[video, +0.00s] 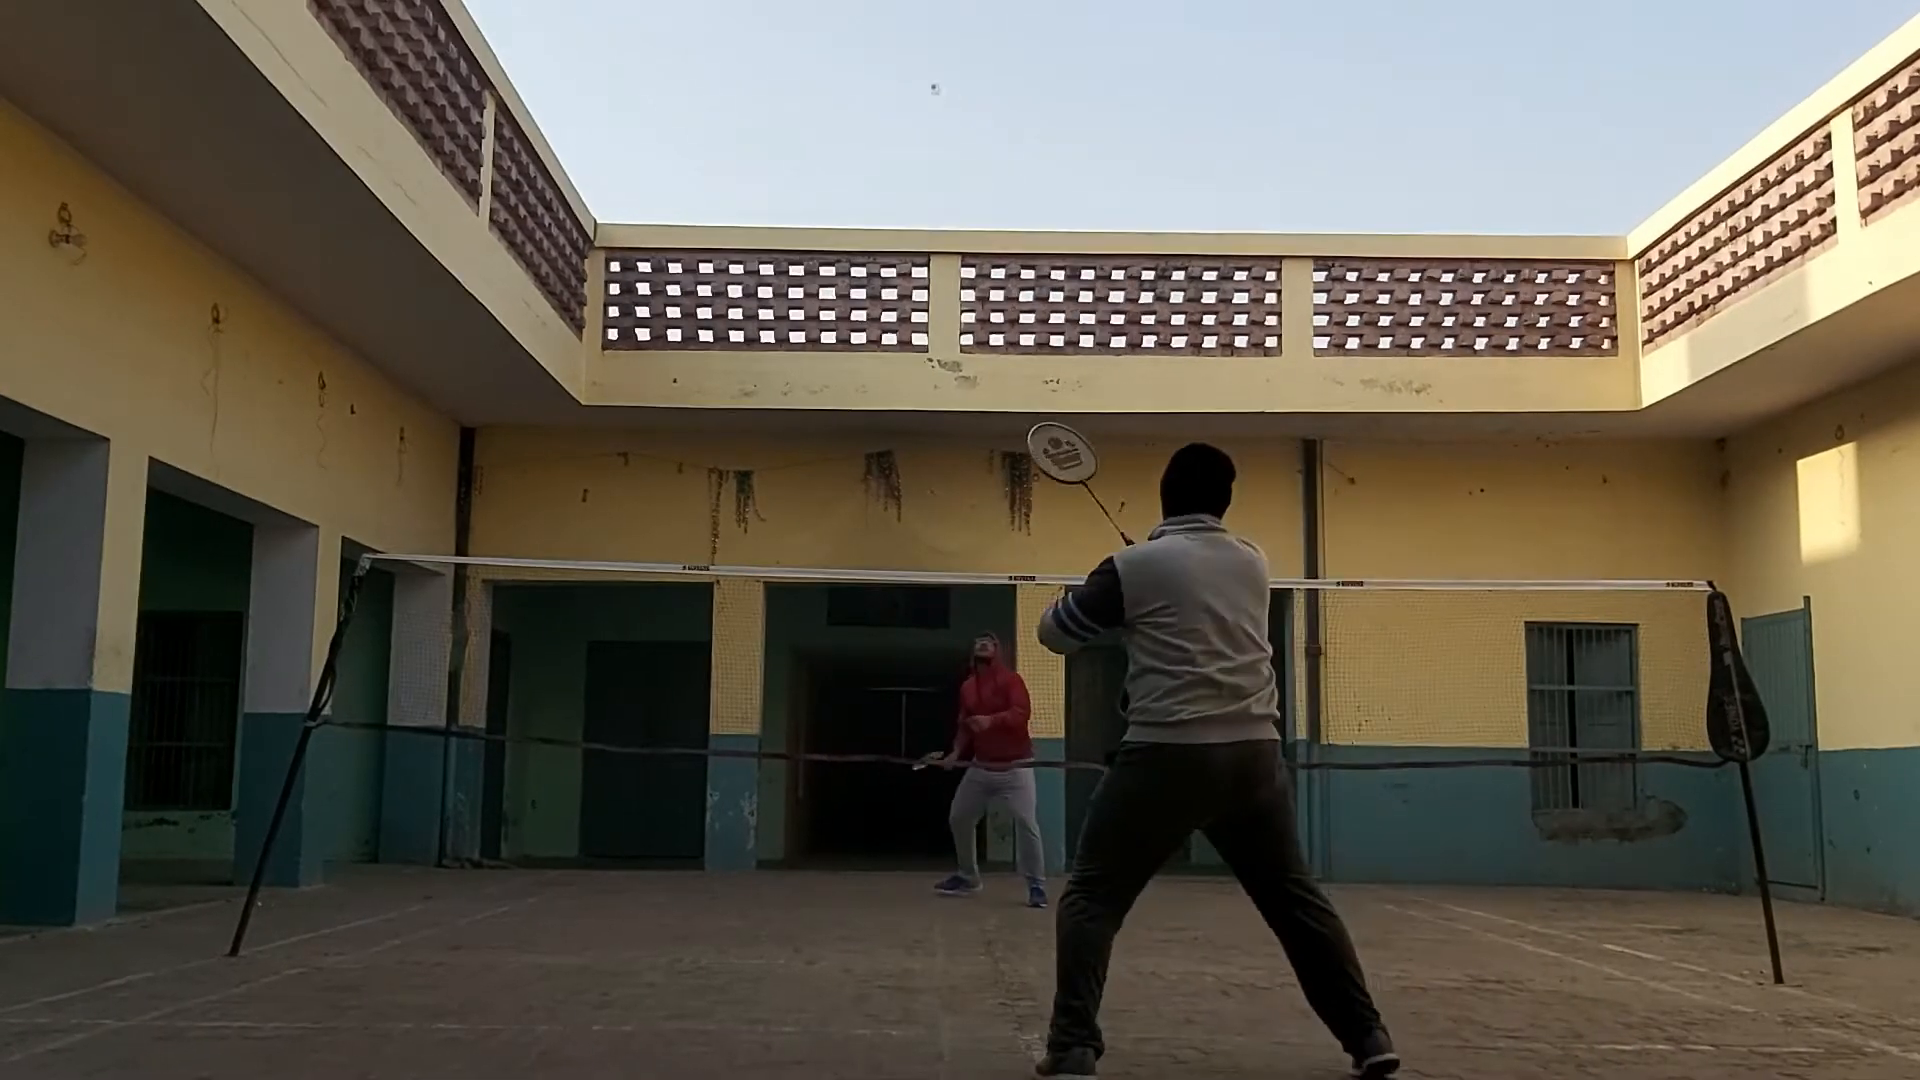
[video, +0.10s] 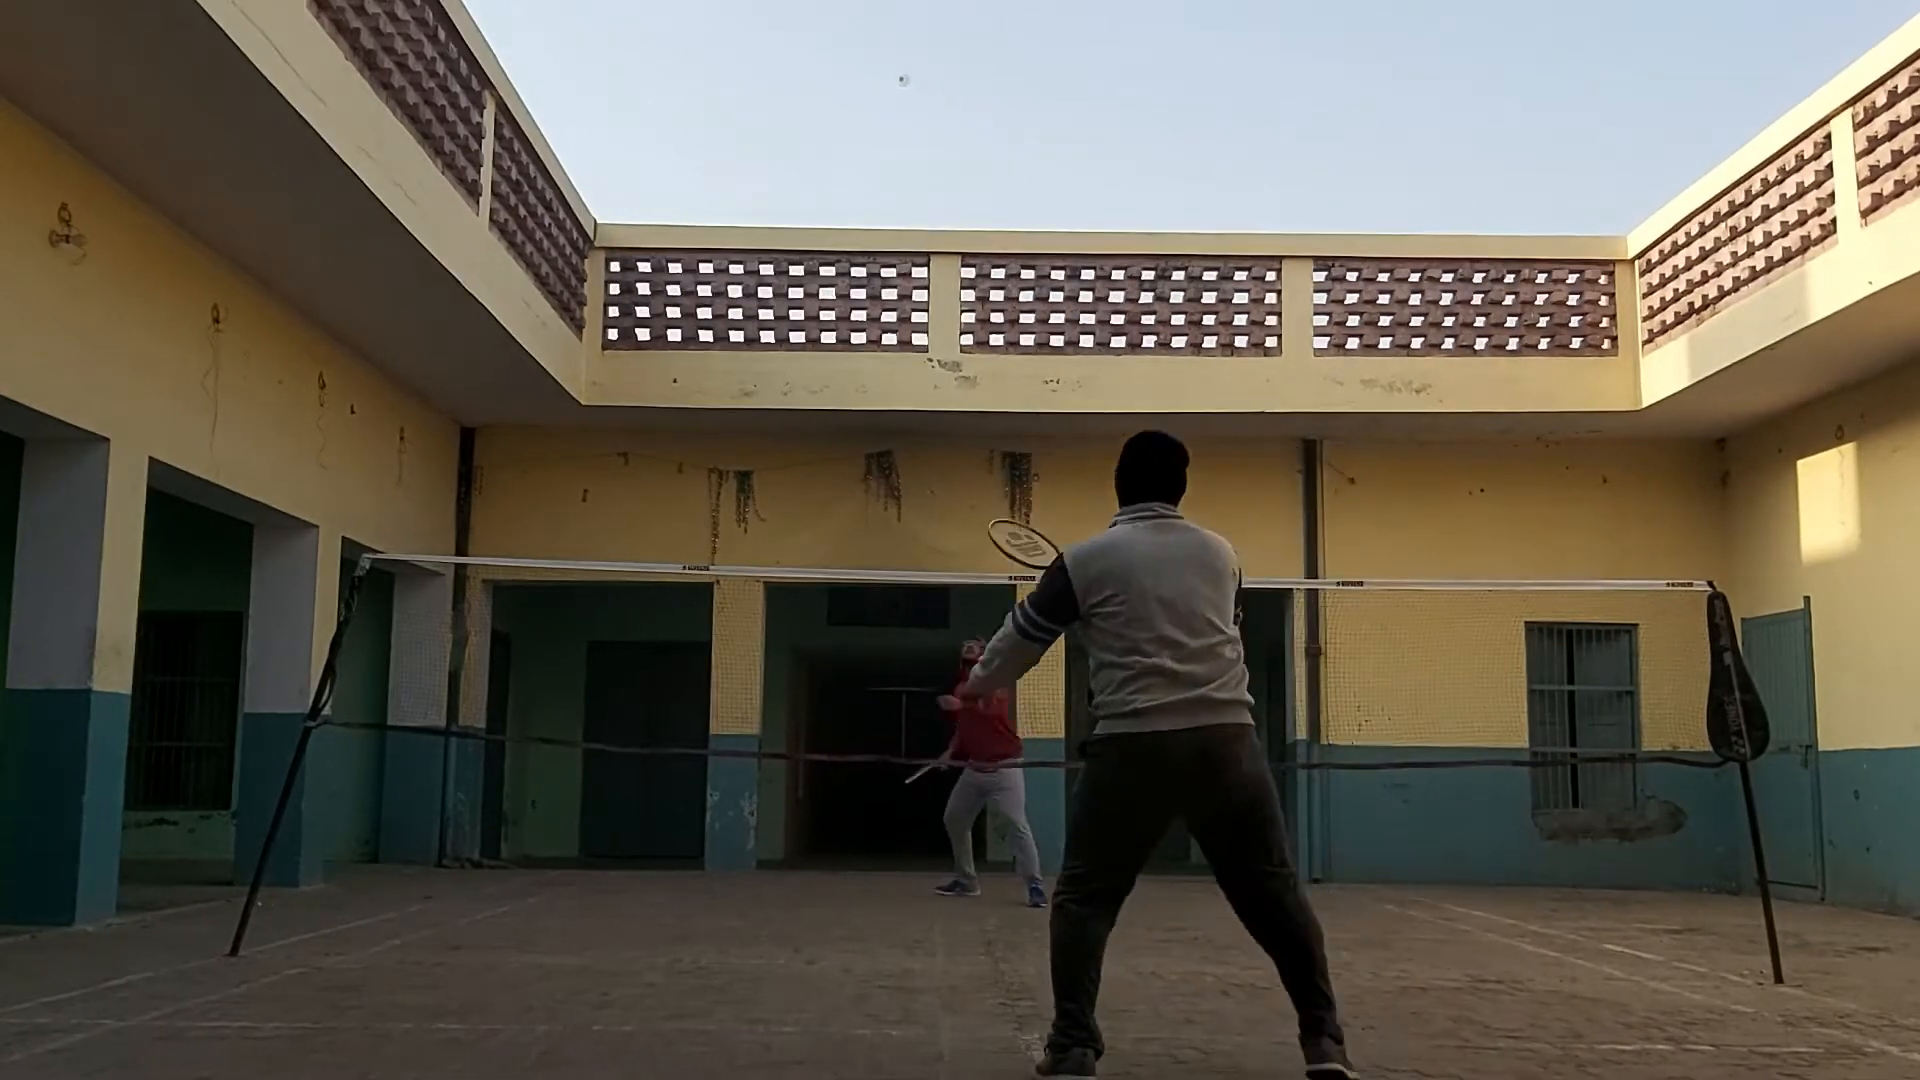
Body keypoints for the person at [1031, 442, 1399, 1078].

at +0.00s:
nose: (1164, 502)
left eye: (1165, 492)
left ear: (1164, 498)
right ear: (1226, 502)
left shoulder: (1136, 566)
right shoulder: (1253, 562)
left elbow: (1056, 630)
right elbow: (1197, 600)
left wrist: (1090, 589)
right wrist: (1149, 559)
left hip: (1162, 757)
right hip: (1253, 756)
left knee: (1093, 896)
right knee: (1293, 893)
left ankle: (1072, 1047)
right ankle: (1368, 1039)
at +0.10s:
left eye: (1125, 479)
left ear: (1117, 487)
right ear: (1183, 489)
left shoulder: (1083, 561)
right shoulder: (1220, 553)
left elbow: (1020, 643)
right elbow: (1209, 629)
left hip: (1131, 751)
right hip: (1228, 746)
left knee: (1086, 894)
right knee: (1272, 885)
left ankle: (1073, 1043)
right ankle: (1324, 1040)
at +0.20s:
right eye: (1146, 471)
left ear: (1086, 477)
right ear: (1152, 476)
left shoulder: (1058, 552)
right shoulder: (1195, 539)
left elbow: (990, 657)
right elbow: (1216, 630)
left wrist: (926, 733)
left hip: (1109, 737)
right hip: (1208, 727)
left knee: (1089, 886)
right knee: (1244, 875)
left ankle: (1073, 1044)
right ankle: (1241, 1025)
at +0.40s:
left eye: (1061, 457)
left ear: (1061, 462)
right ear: (1128, 461)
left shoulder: (1051, 523)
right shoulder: (1179, 526)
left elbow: (1038, 603)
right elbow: (1211, 631)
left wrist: (1019, 685)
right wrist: (1178, 690)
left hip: (1079, 721)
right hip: (1172, 719)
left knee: (1077, 881)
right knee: (1159, 897)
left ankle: (1071, 1042)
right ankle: (1133, 1062)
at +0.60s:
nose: (1040, 458)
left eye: (1041, 449)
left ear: (1043, 453)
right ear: (1110, 457)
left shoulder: (1027, 505)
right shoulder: (1161, 528)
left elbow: (1020, 585)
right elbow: (1201, 633)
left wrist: (1006, 671)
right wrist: (1172, 716)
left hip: (1038, 709)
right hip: (1134, 717)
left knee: (994, 882)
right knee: (1127, 906)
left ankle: (997, 1052)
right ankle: (1121, 1066)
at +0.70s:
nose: (1020, 453)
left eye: (1021, 444)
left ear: (1024, 448)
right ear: (1093, 450)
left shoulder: (1000, 502)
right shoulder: (1147, 520)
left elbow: (969, 590)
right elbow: (1187, 620)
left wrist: (929, 696)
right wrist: (1150, 715)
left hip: (1008, 705)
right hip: (1113, 710)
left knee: (948, 885)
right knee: (1114, 902)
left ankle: (925, 1059)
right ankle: (1122, 1067)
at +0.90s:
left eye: (971, 458)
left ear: (968, 461)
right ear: (1039, 463)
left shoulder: (925, 527)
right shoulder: (1086, 537)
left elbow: (861, 639)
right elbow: (1135, 640)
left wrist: (825, 732)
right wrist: (1116, 736)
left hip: (942, 726)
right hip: (1055, 734)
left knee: (886, 907)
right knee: (1077, 901)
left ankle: (839, 1068)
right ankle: (1111, 1065)